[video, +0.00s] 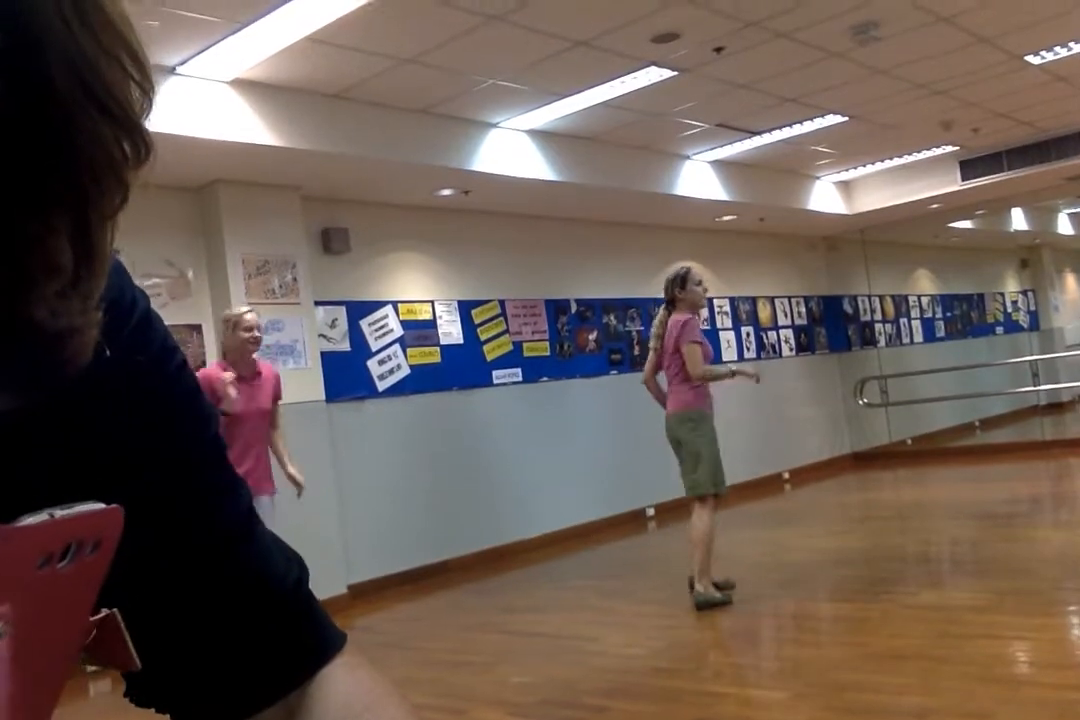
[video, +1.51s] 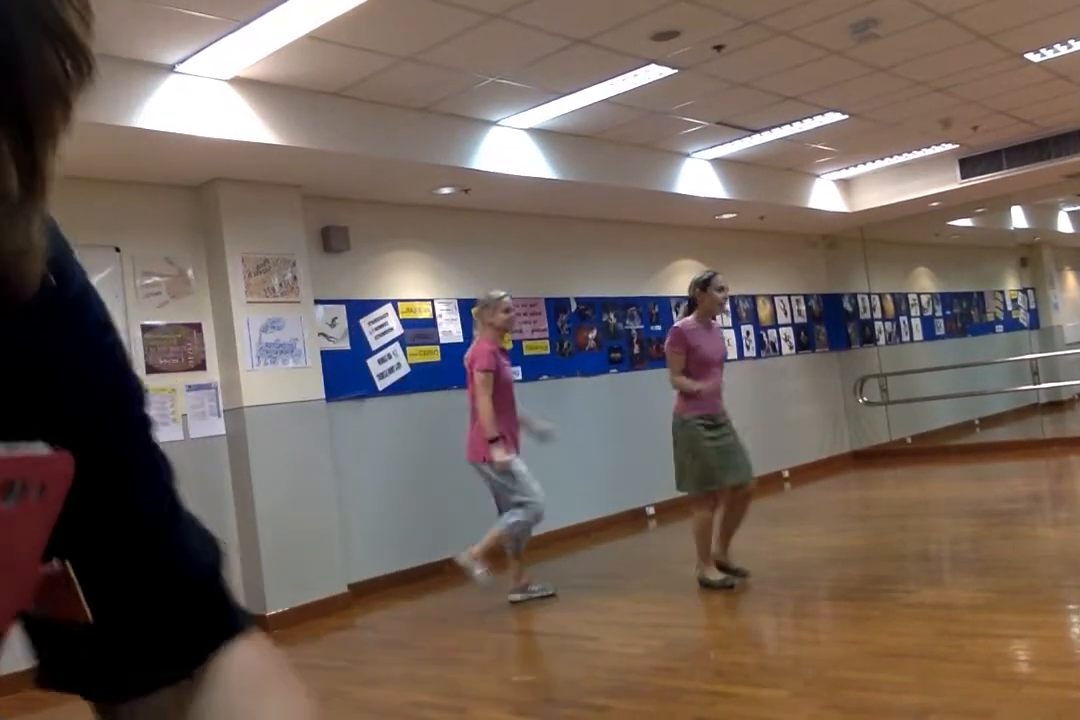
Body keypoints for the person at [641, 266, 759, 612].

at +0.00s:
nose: (704, 290)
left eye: (702, 285)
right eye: (698, 286)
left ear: (679, 294)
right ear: (681, 292)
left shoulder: (667, 325)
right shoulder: (687, 323)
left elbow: (649, 377)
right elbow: (697, 371)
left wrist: (670, 404)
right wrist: (735, 370)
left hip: (679, 414)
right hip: (693, 414)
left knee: (704, 500)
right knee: (705, 501)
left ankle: (702, 577)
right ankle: (702, 585)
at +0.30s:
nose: (709, 288)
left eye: (709, 283)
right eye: (703, 283)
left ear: (697, 291)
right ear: (684, 289)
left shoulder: (691, 325)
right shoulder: (677, 322)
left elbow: (695, 376)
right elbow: (655, 366)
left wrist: (732, 382)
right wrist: (688, 391)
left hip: (690, 413)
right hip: (685, 414)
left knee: (699, 495)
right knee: (722, 488)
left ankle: (698, 569)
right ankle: (698, 568)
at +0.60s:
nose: (713, 293)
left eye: (713, 288)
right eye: (707, 288)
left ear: (702, 296)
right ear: (688, 293)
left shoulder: (694, 328)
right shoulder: (678, 326)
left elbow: (692, 372)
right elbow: (672, 374)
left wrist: (725, 375)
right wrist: (713, 372)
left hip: (699, 419)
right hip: (684, 420)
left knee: (727, 490)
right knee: (703, 495)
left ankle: (703, 563)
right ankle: (696, 572)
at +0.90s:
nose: (710, 299)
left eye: (711, 293)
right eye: (704, 293)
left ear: (702, 299)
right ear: (686, 298)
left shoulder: (695, 332)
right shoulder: (679, 331)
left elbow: (700, 383)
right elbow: (675, 382)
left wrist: (730, 392)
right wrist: (712, 403)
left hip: (701, 418)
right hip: (686, 420)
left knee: (714, 495)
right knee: (698, 497)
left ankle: (706, 570)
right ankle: (697, 576)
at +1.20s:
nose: (712, 299)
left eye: (712, 294)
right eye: (706, 293)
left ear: (705, 298)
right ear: (687, 297)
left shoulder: (702, 334)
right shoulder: (675, 332)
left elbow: (716, 375)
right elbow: (653, 375)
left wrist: (758, 379)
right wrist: (669, 413)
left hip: (703, 421)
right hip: (687, 421)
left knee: (702, 497)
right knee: (719, 489)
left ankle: (703, 567)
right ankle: (704, 567)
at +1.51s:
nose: (726, 295)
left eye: (726, 290)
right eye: (720, 290)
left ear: (714, 297)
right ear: (700, 294)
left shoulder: (716, 329)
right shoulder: (680, 331)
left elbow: (713, 373)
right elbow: (674, 377)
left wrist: (720, 408)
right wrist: (695, 386)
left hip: (718, 417)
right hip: (692, 421)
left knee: (742, 486)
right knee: (704, 496)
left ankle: (721, 555)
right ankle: (704, 568)